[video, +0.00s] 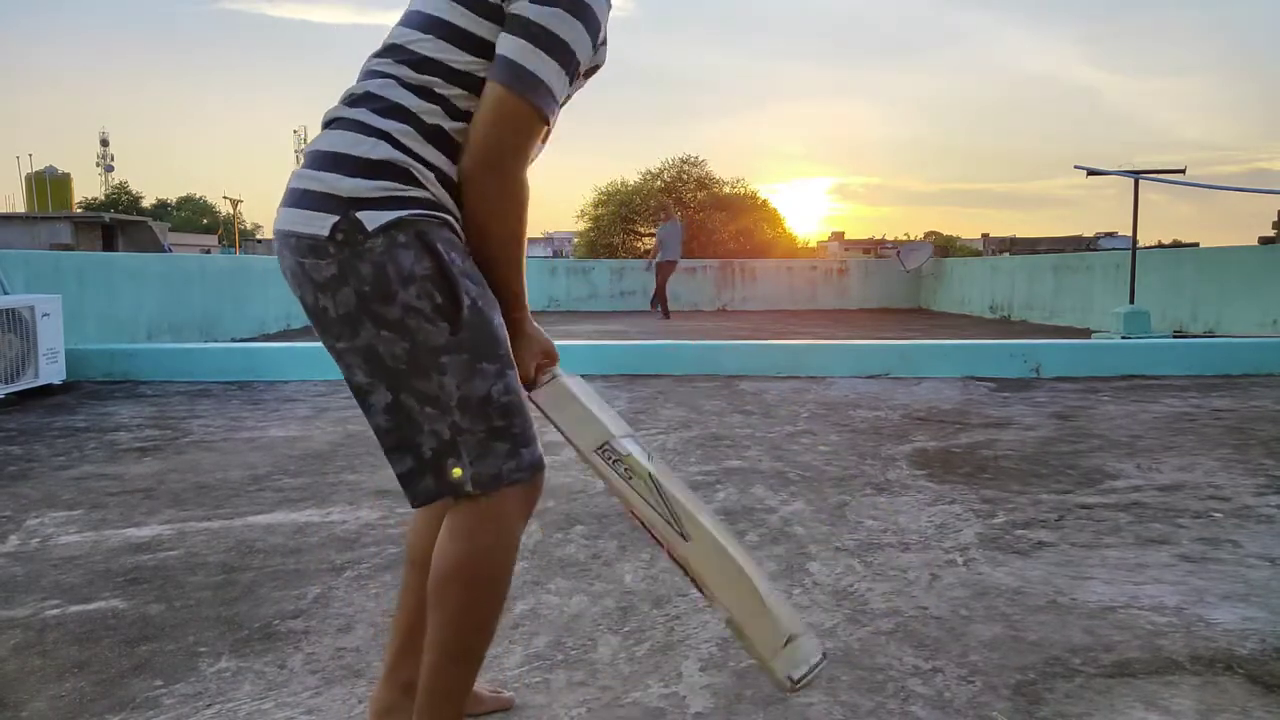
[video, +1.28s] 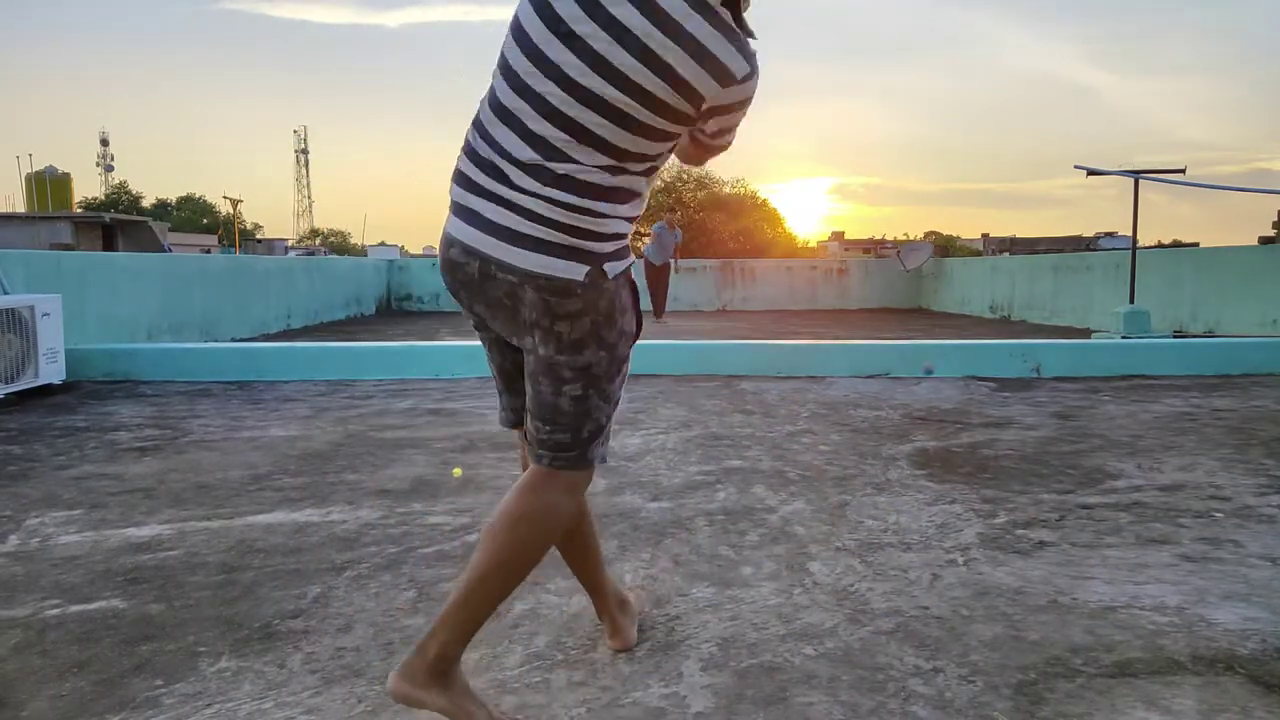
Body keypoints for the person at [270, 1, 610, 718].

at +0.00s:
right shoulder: (569, 7)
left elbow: (465, 167)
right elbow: (490, 168)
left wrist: (502, 320)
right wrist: (516, 322)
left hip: (327, 215)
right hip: (381, 216)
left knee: (449, 483)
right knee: (503, 477)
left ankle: (403, 689)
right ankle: (441, 701)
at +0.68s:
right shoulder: (620, 3)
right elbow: (508, 89)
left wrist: (551, 245)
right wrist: (558, 239)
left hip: (392, 225)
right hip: (428, 228)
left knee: (516, 455)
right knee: (536, 472)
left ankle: (427, 649)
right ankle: (440, 704)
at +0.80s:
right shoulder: (632, 2)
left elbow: (512, 136)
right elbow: (536, 9)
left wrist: (589, 231)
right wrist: (621, 169)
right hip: (438, 219)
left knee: (553, 405)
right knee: (529, 474)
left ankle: (518, 643)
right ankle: (437, 706)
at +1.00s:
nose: (699, 10)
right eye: (692, 12)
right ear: (678, 0)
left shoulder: (575, 21)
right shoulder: (656, 2)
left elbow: (634, 127)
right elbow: (587, 104)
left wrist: (711, 220)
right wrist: (706, 228)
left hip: (412, 247)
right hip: (497, 250)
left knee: (545, 456)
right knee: (560, 494)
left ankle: (622, 612)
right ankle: (434, 708)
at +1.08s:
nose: (718, 15)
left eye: (721, 8)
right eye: (723, 6)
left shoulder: (573, 8)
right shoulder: (670, 40)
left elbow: (681, 149)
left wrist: (746, 250)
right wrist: (719, 293)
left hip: (433, 254)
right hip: (522, 262)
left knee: (554, 454)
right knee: (568, 485)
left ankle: (624, 612)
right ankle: (435, 705)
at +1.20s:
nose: (739, 13)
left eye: (740, 8)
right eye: (741, 8)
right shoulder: (704, 48)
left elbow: (578, 96)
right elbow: (681, 207)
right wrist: (676, 246)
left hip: (454, 238)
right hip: (553, 261)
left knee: (540, 453)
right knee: (569, 475)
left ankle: (610, 612)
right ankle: (433, 677)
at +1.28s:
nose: (752, 1)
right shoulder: (729, 59)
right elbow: (696, 151)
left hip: (470, 244)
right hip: (572, 273)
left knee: (544, 450)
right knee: (560, 469)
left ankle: (611, 609)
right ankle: (431, 662)